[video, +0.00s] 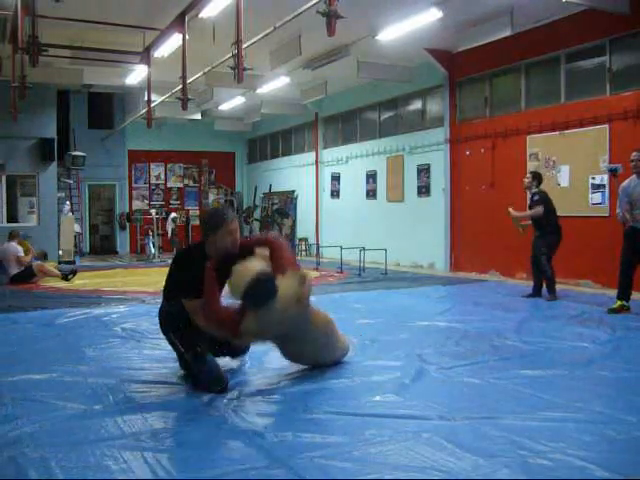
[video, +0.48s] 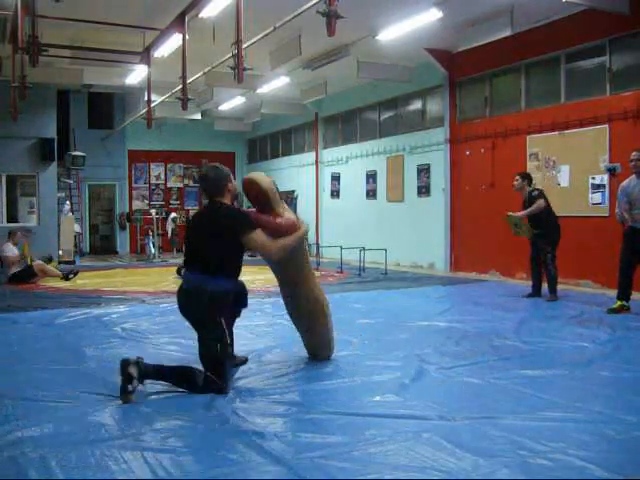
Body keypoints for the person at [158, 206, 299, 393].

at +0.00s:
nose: (236, 238)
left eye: (237, 232)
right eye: (230, 234)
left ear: (240, 230)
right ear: (213, 236)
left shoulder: (234, 253)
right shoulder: (187, 260)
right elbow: (198, 315)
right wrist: (234, 332)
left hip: (205, 310)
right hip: (177, 319)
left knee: (238, 347)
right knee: (216, 384)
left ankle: (200, 344)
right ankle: (190, 366)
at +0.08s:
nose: (243, 216)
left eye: (241, 210)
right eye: (236, 212)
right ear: (217, 219)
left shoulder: (226, 239)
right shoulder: (195, 247)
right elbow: (207, 306)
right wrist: (252, 316)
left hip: (202, 307)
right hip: (177, 314)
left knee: (238, 329)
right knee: (217, 384)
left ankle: (203, 349)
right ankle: (181, 361)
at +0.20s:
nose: (246, 200)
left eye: (244, 195)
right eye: (241, 197)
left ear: (225, 205)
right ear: (226, 204)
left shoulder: (224, 229)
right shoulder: (210, 234)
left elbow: (240, 275)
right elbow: (222, 295)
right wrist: (272, 293)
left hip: (200, 303)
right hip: (180, 310)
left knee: (235, 311)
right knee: (218, 384)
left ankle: (202, 345)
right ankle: (166, 364)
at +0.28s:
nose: (242, 185)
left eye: (239, 180)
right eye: (237, 182)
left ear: (221, 193)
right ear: (227, 192)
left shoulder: (226, 219)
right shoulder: (216, 223)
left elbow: (251, 253)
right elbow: (238, 277)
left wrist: (279, 255)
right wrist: (281, 270)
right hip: (188, 301)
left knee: (233, 294)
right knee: (217, 383)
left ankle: (211, 352)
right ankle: (153, 361)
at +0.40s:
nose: (237, 182)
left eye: (234, 177)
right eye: (234, 178)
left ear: (206, 188)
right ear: (229, 186)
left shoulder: (198, 216)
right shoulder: (227, 220)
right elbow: (258, 263)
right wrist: (295, 248)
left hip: (188, 294)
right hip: (203, 303)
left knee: (232, 290)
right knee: (218, 382)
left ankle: (223, 351)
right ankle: (148, 356)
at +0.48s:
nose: (235, 184)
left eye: (233, 181)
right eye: (233, 181)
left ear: (205, 190)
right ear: (229, 186)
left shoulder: (196, 219)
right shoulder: (236, 218)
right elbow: (272, 251)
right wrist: (303, 232)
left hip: (189, 297)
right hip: (215, 302)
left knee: (236, 293)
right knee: (217, 384)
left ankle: (225, 357)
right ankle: (141, 370)